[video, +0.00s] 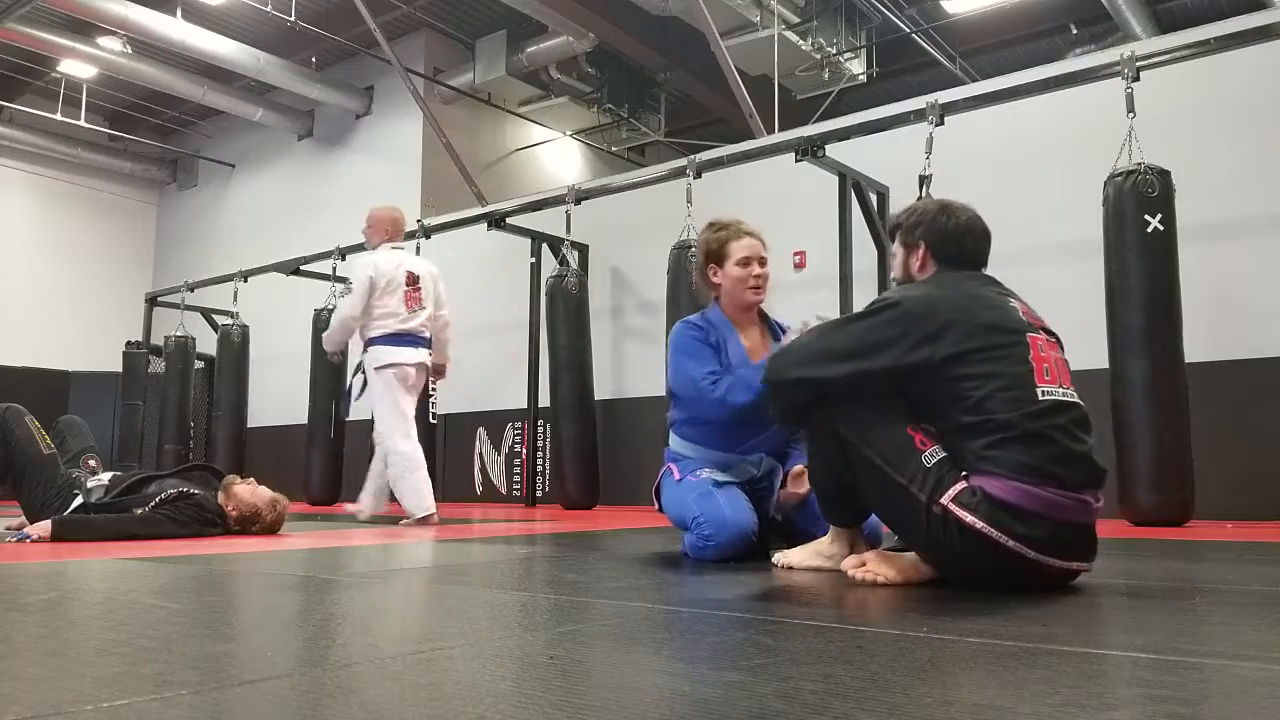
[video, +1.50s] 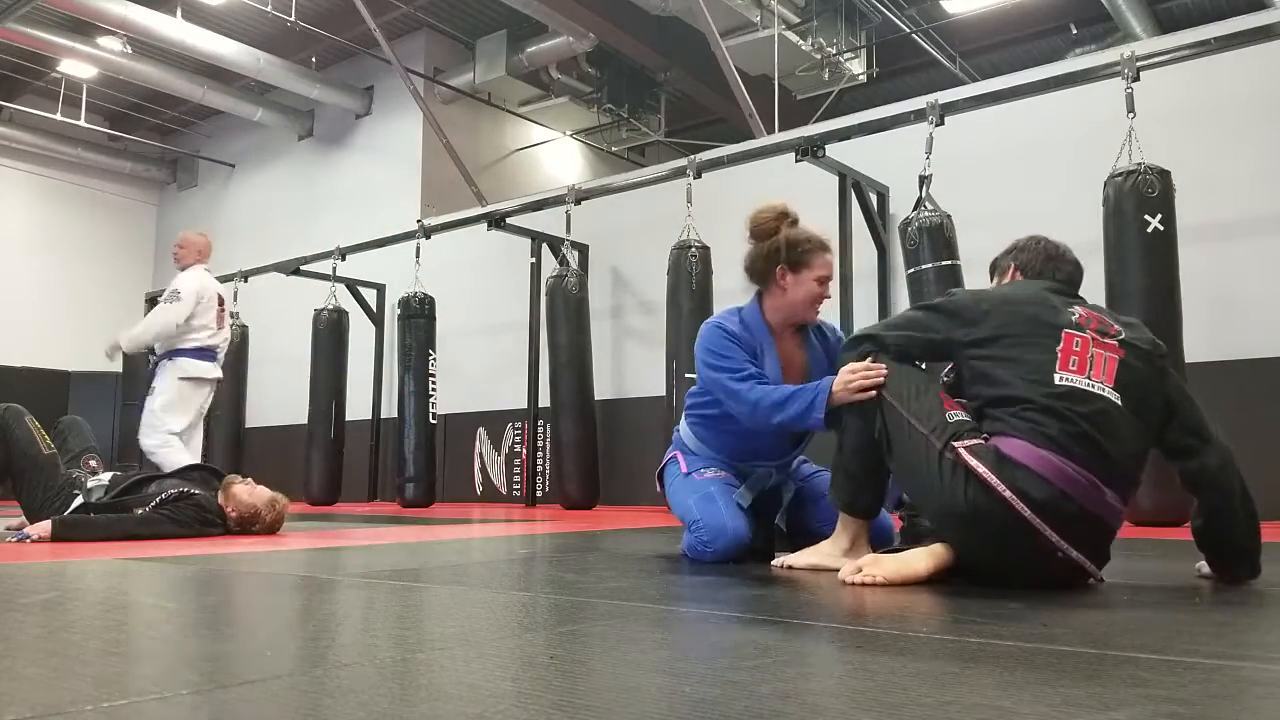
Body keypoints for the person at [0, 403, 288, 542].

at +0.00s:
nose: (249, 477)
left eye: (251, 488)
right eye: (257, 483)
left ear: (235, 511)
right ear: (237, 505)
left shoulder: (200, 513)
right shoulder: (216, 489)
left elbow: (131, 525)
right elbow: (150, 485)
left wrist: (56, 526)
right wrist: (112, 480)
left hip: (70, 501)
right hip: (101, 485)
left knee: (12, 414)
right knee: (69, 422)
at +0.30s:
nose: (248, 476)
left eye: (251, 488)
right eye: (257, 483)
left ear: (234, 510)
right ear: (236, 505)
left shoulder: (199, 513)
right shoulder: (216, 489)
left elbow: (130, 525)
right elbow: (154, 483)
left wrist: (56, 526)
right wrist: (114, 478)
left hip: (70, 501)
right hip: (102, 485)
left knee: (12, 414)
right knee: (68, 421)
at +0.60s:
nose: (248, 477)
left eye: (250, 488)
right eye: (256, 483)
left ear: (234, 510)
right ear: (236, 504)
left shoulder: (198, 513)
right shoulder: (218, 490)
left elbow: (130, 525)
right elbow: (157, 483)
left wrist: (56, 526)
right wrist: (114, 479)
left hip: (69, 501)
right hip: (102, 486)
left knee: (11, 414)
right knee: (69, 421)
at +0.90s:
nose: (248, 478)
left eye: (250, 489)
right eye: (256, 484)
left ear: (233, 509)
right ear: (237, 502)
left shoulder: (198, 513)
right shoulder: (218, 484)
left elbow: (129, 525)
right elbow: (159, 483)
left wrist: (56, 526)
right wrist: (117, 481)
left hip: (69, 500)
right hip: (102, 484)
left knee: (11, 414)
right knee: (70, 422)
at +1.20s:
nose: (251, 478)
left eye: (252, 489)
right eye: (258, 484)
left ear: (234, 510)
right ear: (237, 503)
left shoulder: (199, 514)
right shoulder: (216, 483)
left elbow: (130, 525)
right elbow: (152, 481)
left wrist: (57, 526)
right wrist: (111, 480)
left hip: (68, 500)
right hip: (101, 484)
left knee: (11, 414)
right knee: (70, 422)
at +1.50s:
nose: (247, 477)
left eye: (249, 489)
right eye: (255, 483)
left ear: (235, 511)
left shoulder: (199, 514)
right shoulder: (218, 485)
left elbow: (129, 525)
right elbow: (157, 479)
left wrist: (58, 526)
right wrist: (115, 479)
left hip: (69, 499)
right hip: (102, 482)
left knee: (11, 414)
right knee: (70, 422)